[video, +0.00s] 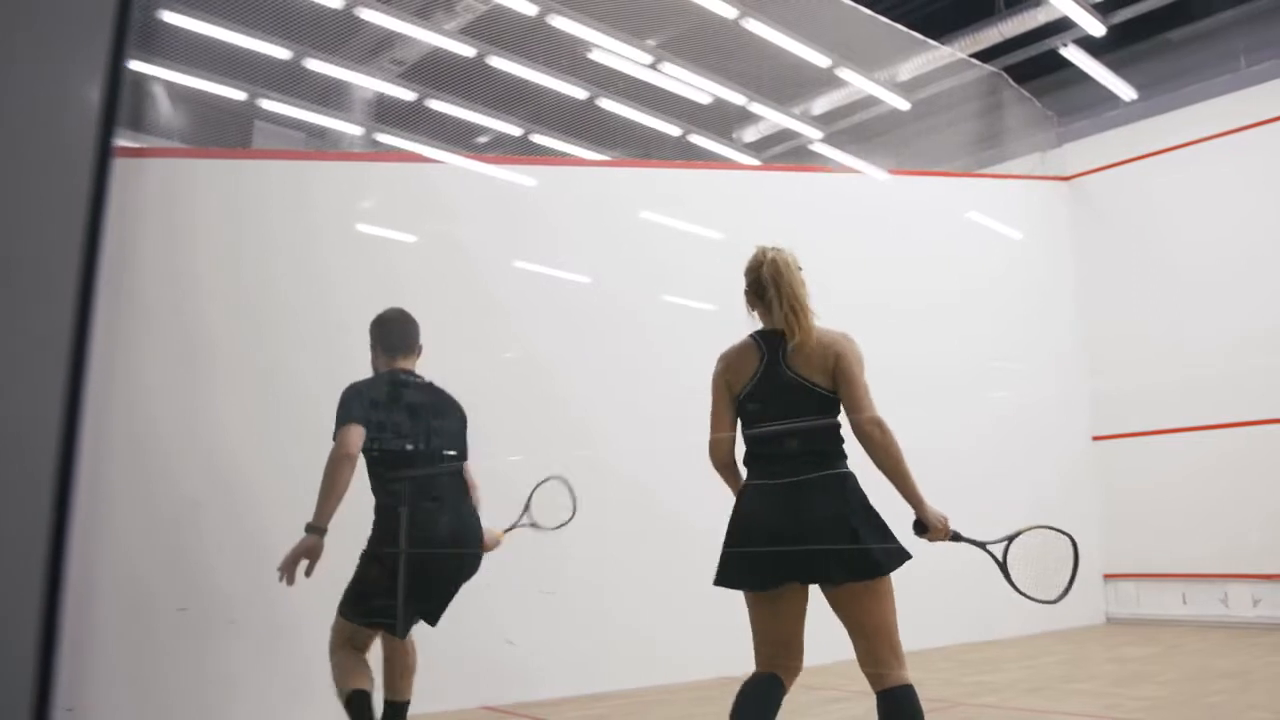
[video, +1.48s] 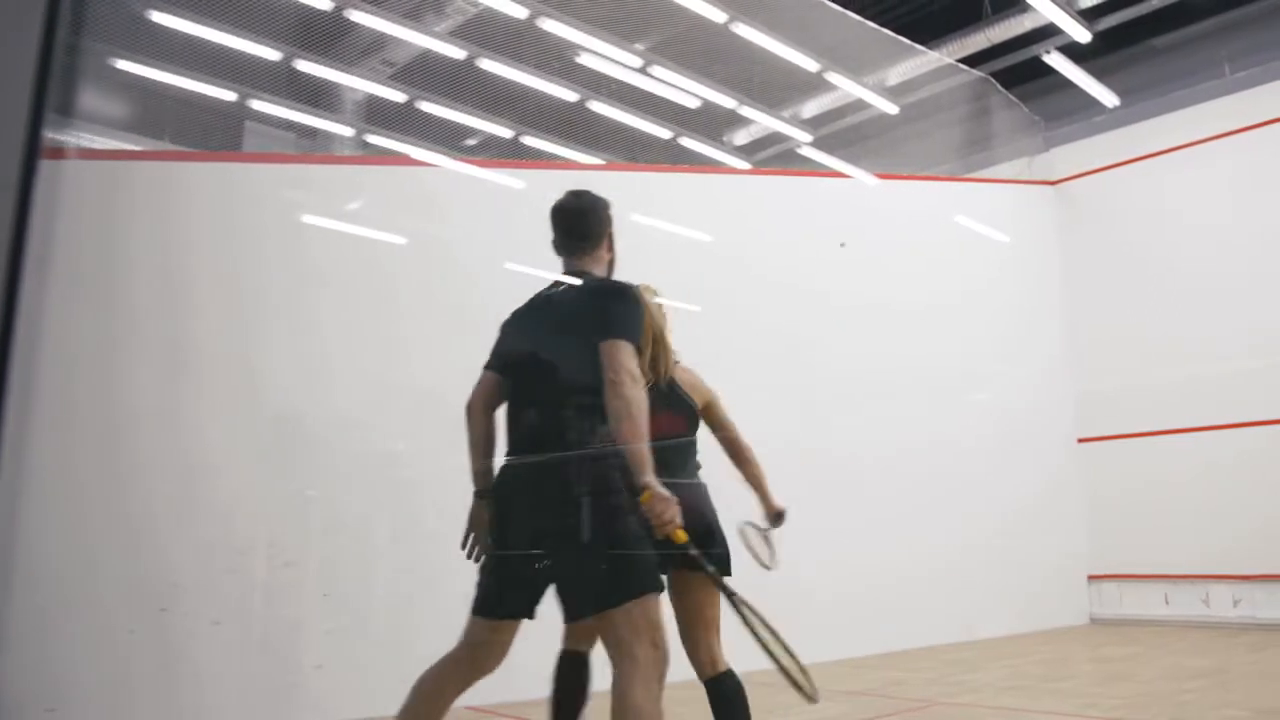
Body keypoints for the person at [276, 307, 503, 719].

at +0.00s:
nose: (372, 356)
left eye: (372, 350)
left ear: (373, 350)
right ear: (419, 350)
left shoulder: (362, 394)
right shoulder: (448, 404)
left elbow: (347, 452)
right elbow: (467, 481)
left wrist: (316, 532)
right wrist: (478, 531)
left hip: (402, 541)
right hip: (461, 542)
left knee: (348, 643)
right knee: (399, 627)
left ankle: (364, 715)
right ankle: (395, 716)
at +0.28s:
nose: (426, 311)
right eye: (429, 305)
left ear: (381, 307)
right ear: (431, 308)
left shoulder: (357, 357)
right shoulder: (464, 365)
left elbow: (325, 410)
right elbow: (504, 443)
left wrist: (293, 491)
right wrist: (530, 498)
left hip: (379, 510)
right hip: (447, 511)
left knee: (353, 640)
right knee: (431, 635)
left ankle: (344, 715)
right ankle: (420, 716)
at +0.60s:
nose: (463, 260)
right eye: (462, 252)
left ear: (410, 256)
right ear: (457, 255)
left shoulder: (375, 309)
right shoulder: (484, 310)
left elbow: (324, 368)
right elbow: (507, 372)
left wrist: (314, 447)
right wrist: (530, 461)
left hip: (390, 477)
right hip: (465, 479)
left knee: (368, 620)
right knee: (475, 610)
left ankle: (347, 719)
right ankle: (484, 716)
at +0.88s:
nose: (496, 253)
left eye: (491, 244)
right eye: (495, 245)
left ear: (440, 251)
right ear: (487, 250)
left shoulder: (398, 308)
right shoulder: (503, 307)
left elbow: (343, 378)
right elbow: (510, 375)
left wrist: (353, 458)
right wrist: (527, 468)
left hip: (405, 486)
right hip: (477, 485)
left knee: (381, 635)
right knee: (526, 623)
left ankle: (345, 717)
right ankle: (542, 716)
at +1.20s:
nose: (546, 267)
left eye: (543, 258)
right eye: (545, 259)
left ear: (491, 264)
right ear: (539, 261)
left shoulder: (449, 331)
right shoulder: (544, 323)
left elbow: (398, 412)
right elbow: (547, 397)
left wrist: (421, 493)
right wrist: (564, 487)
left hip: (442, 515)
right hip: (512, 513)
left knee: (413, 659)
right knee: (575, 656)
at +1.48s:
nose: (613, 245)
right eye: (612, 237)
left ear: (557, 244)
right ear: (610, 240)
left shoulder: (524, 316)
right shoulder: (616, 298)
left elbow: (480, 405)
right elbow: (622, 380)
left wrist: (482, 493)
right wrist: (648, 482)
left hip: (520, 496)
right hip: (596, 494)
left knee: (477, 653)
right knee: (641, 653)